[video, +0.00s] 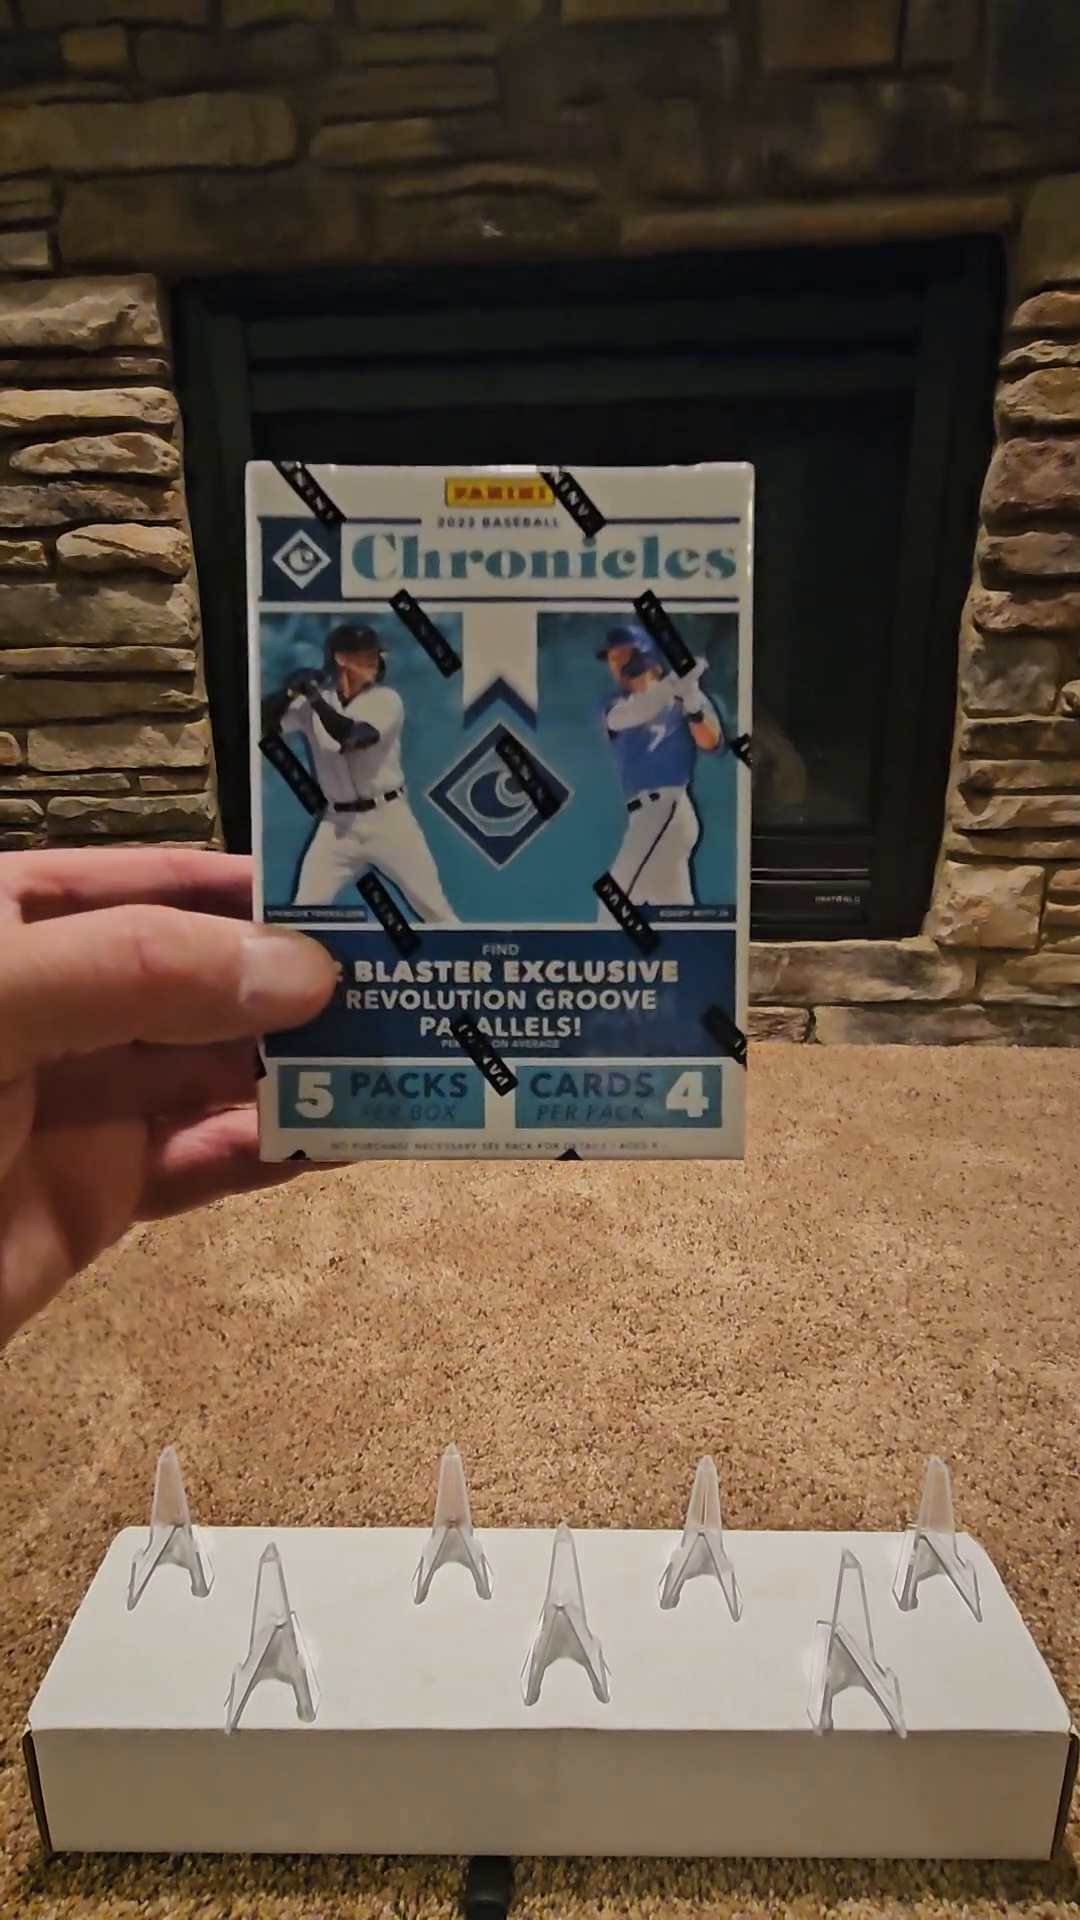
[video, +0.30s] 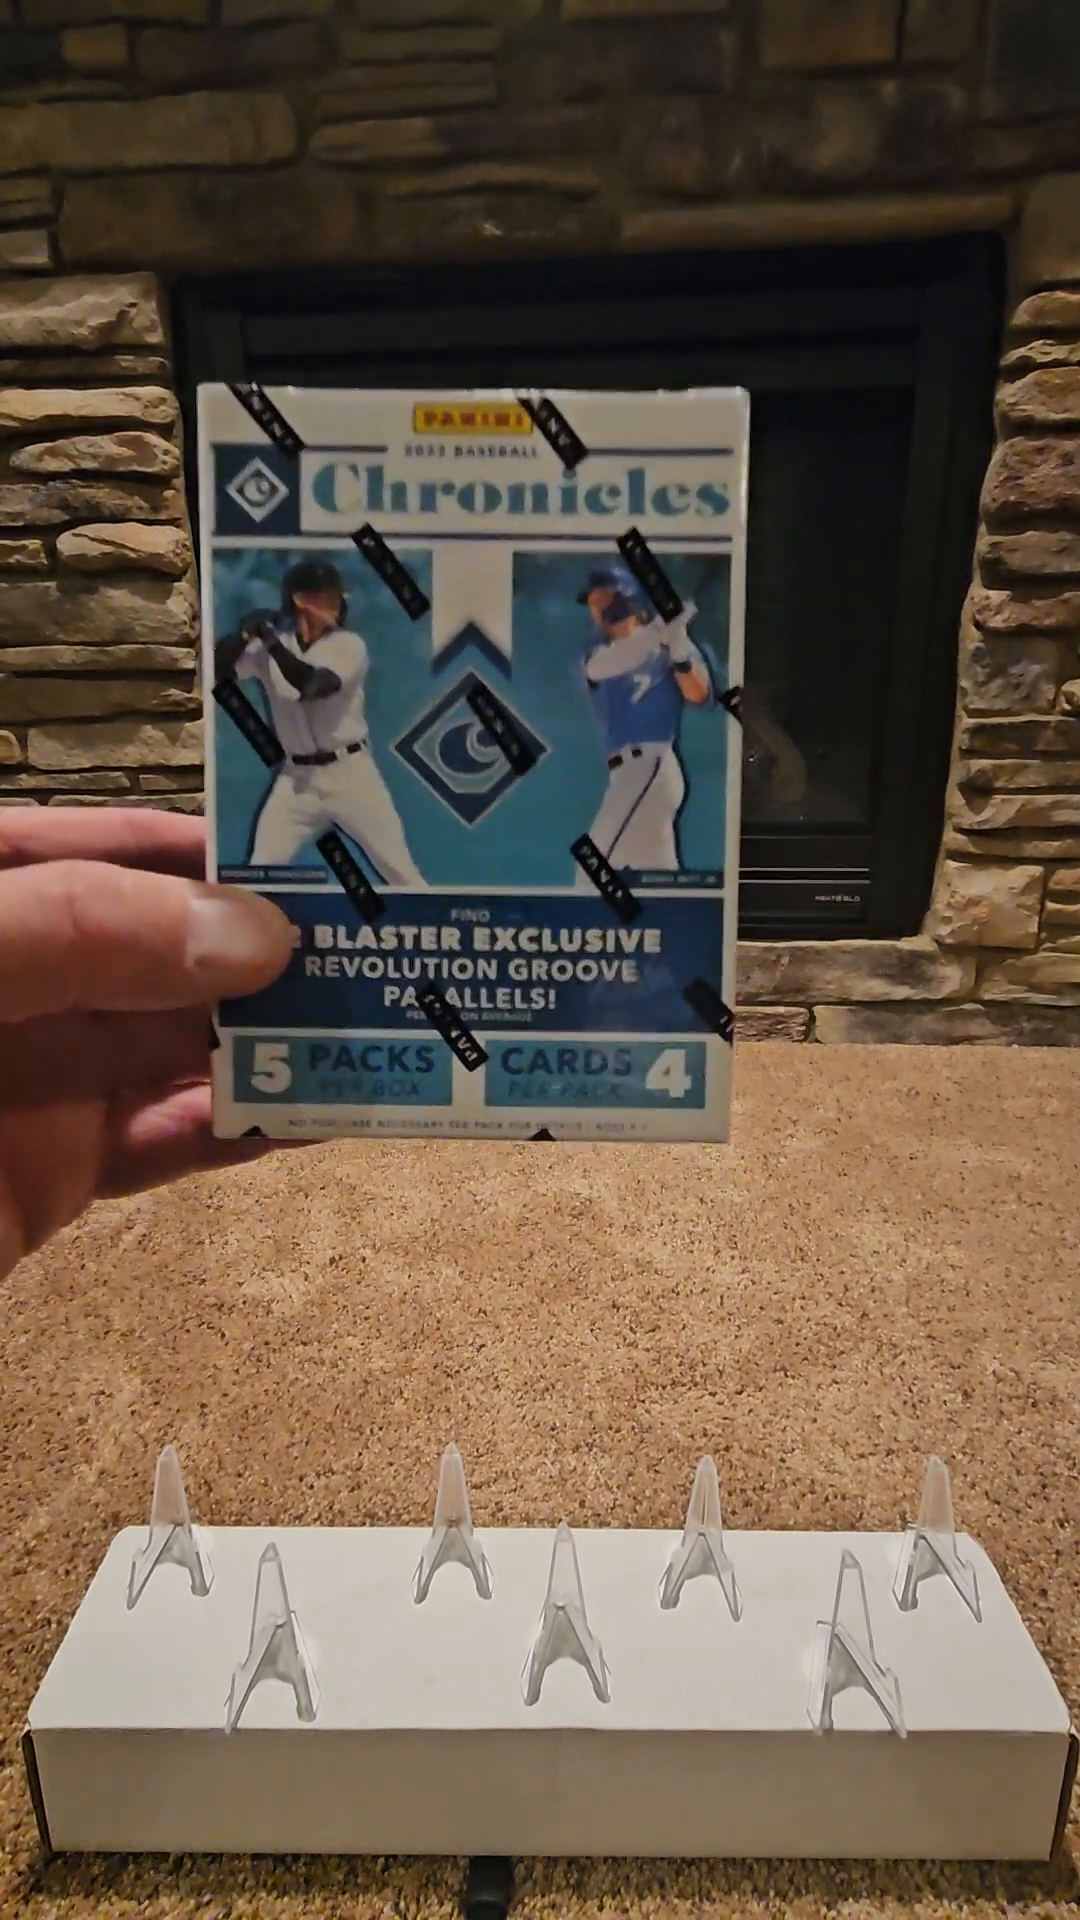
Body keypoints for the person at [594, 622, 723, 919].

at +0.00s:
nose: (617, 665)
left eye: (624, 655)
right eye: (612, 658)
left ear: (645, 657)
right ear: (608, 664)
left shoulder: (684, 696)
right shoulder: (612, 706)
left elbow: (711, 743)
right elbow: (632, 715)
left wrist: (692, 699)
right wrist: (671, 684)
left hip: (668, 811)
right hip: (643, 815)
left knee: (615, 904)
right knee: (676, 915)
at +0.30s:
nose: (600, 614)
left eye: (608, 603)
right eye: (595, 605)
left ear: (629, 602)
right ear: (589, 610)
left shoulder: (670, 643)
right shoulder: (595, 655)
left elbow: (698, 696)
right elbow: (624, 658)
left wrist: (679, 648)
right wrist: (660, 627)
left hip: (652, 768)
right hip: (625, 771)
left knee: (594, 868)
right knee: (659, 880)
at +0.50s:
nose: (605, 566)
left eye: (612, 555)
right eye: (601, 559)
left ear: (638, 557)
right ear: (598, 565)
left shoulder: (685, 603)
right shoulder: (607, 614)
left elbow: (716, 656)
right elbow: (629, 622)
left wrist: (694, 605)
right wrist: (671, 589)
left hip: (667, 733)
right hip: (639, 737)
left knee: (607, 839)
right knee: (676, 851)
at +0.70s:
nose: (631, 531)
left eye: (639, 519)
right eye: (627, 522)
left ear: (665, 520)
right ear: (624, 528)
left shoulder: (715, 566)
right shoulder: (632, 578)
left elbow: (747, 623)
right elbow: (645, 591)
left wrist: (724, 567)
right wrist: (703, 548)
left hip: (695, 703)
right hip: (667, 708)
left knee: (633, 814)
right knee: (704, 828)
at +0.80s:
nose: (644, 525)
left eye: (653, 513)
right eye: (641, 516)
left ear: (681, 514)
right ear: (638, 521)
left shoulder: (735, 562)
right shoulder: (652, 575)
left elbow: (765, 621)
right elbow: (655, 590)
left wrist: (742, 562)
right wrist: (718, 546)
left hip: (711, 704)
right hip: (682, 709)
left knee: (647, 819)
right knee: (721, 833)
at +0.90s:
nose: (669, 529)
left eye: (679, 517)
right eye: (665, 520)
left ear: (706, 518)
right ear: (661, 526)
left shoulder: (759, 568)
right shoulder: (671, 581)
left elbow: (789, 629)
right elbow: (687, 592)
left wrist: (765, 568)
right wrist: (743, 551)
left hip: (733, 712)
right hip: (704, 717)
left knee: (666, 827)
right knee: (742, 844)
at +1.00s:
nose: (679, 509)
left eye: (688, 496)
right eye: (674, 500)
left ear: (717, 497)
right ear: (670, 506)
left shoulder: (769, 547)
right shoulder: (680, 562)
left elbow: (801, 609)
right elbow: (698, 572)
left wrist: (777, 546)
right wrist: (757, 528)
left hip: (744, 697)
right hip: (713, 702)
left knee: (676, 816)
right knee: (753, 832)